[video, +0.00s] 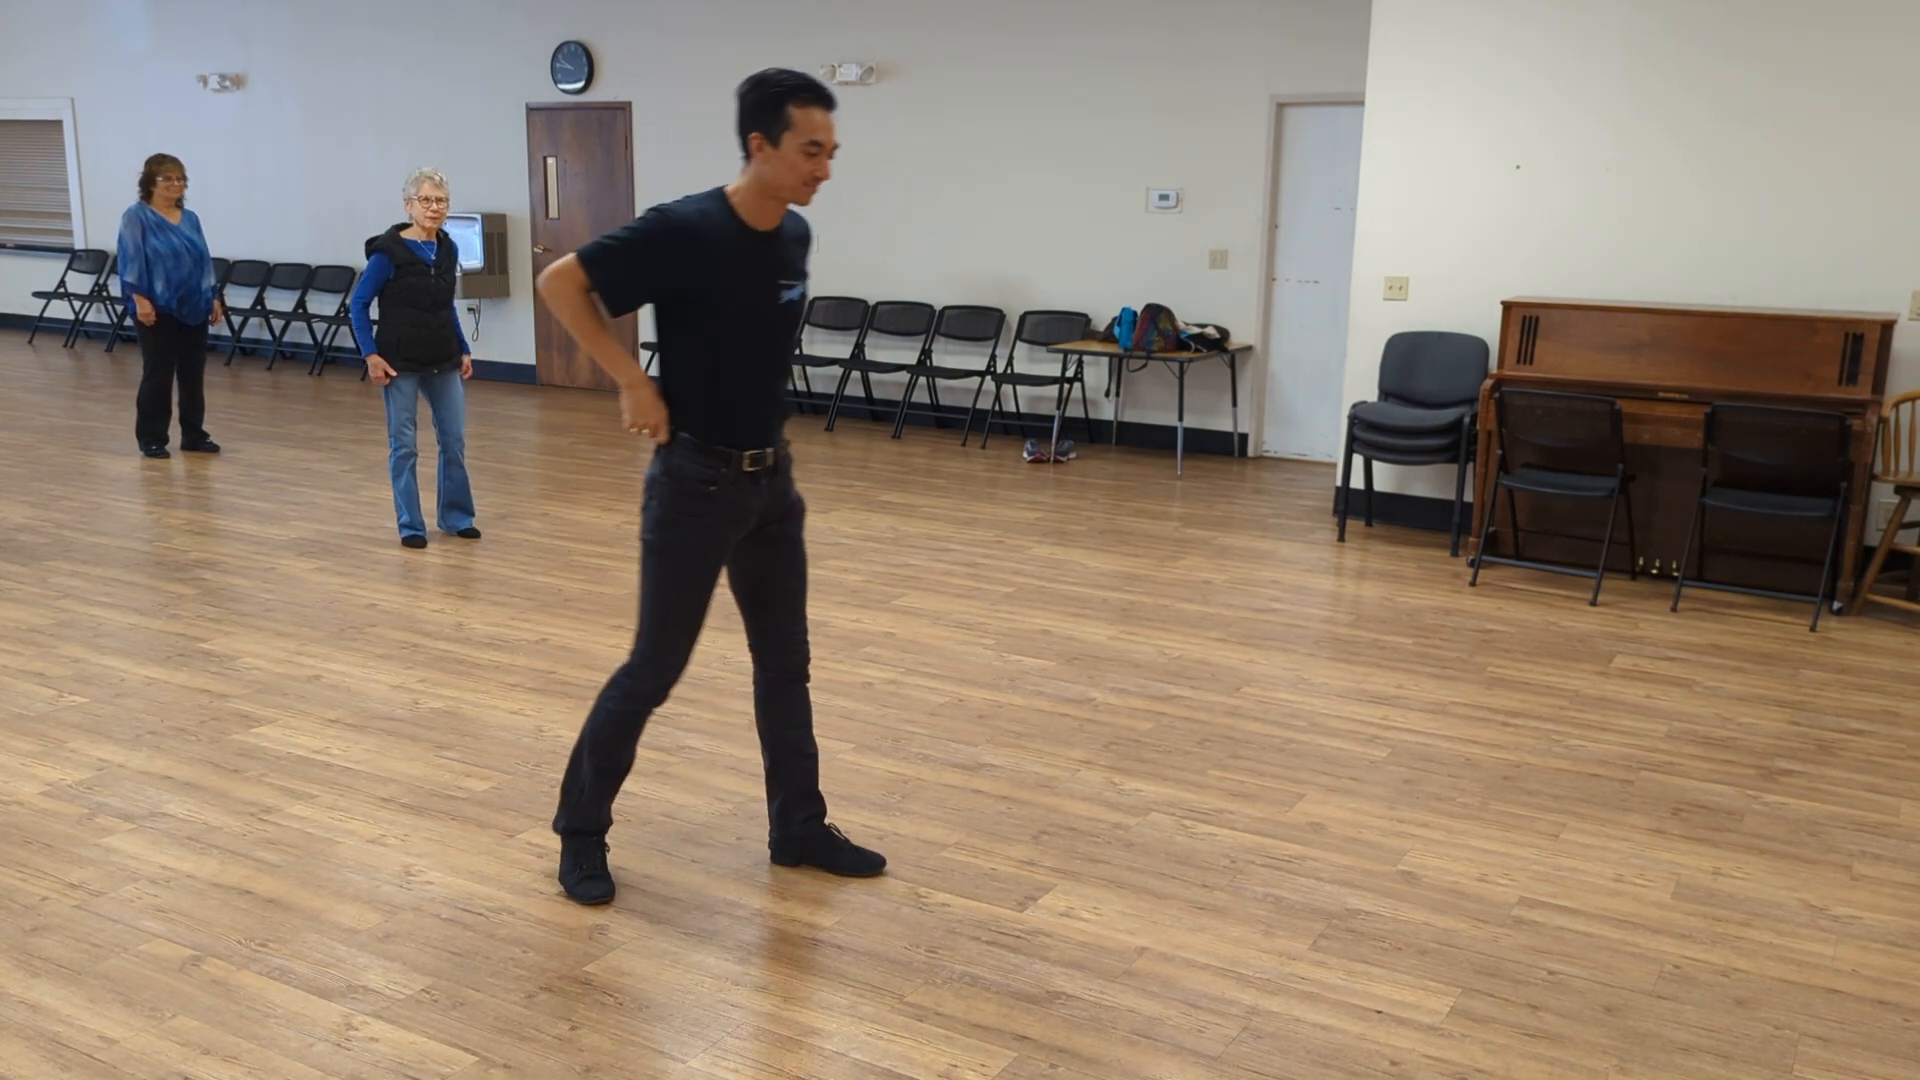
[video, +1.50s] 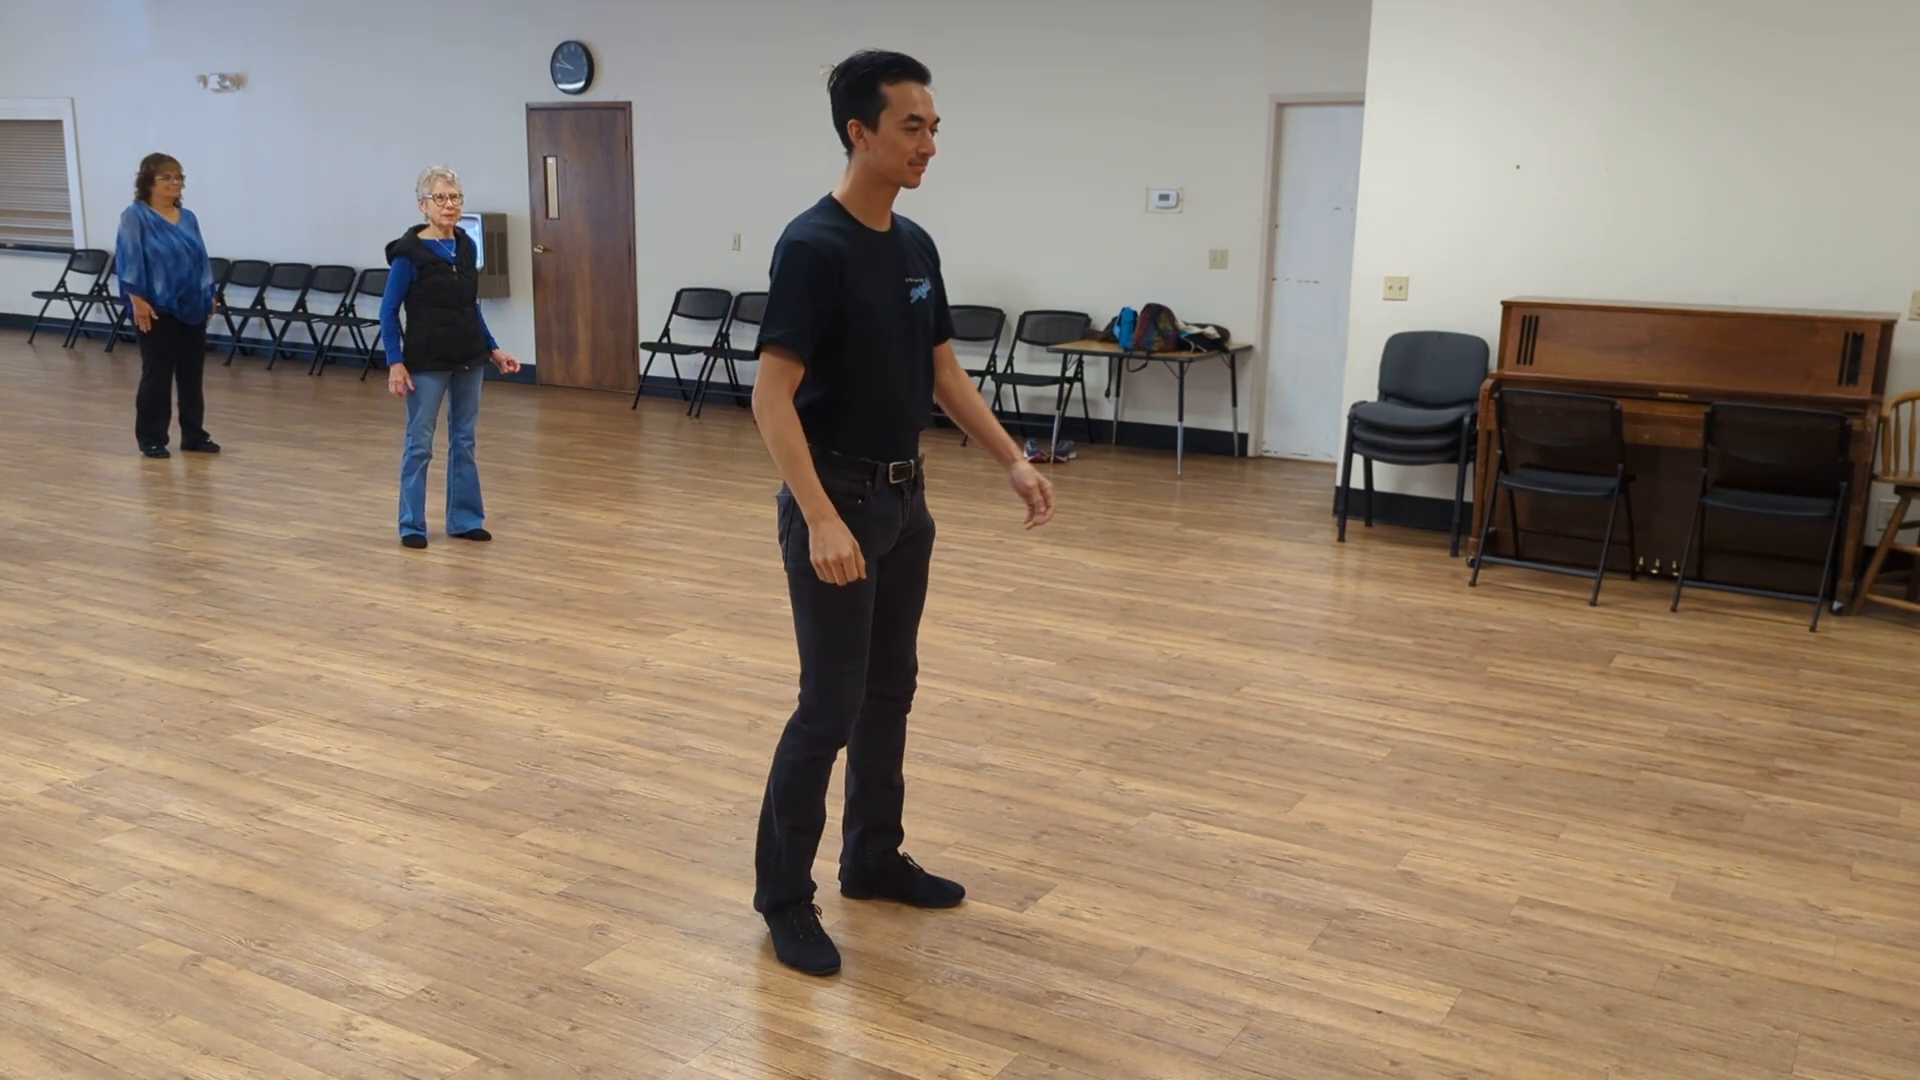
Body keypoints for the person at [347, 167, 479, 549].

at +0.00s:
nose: (434, 207)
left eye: (440, 201)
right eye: (425, 200)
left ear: (448, 206)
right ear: (409, 204)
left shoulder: (447, 249)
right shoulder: (391, 250)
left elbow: (447, 305)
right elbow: (358, 304)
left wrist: (463, 350)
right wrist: (370, 354)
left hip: (444, 360)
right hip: (399, 363)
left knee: (453, 441)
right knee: (404, 446)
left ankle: (457, 518)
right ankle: (411, 526)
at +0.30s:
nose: (425, 210)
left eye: (430, 203)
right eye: (416, 203)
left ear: (437, 208)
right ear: (399, 206)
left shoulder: (435, 249)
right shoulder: (381, 252)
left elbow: (434, 307)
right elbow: (350, 307)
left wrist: (452, 351)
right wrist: (363, 357)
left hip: (436, 361)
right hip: (393, 364)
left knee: (451, 437)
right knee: (400, 446)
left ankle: (447, 517)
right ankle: (409, 526)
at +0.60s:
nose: (422, 209)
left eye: (427, 201)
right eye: (413, 202)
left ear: (433, 206)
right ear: (395, 206)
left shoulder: (433, 248)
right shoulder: (380, 253)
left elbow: (434, 307)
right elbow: (352, 310)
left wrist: (452, 350)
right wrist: (368, 360)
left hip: (437, 360)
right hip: (394, 364)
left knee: (454, 439)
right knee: (401, 447)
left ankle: (461, 519)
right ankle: (409, 527)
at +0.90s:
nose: (430, 206)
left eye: (435, 199)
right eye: (421, 200)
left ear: (441, 204)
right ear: (404, 205)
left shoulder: (444, 246)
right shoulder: (389, 253)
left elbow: (446, 304)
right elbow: (360, 309)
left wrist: (465, 347)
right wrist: (377, 358)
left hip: (449, 359)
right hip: (406, 362)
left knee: (457, 441)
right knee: (408, 446)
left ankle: (464, 521)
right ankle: (410, 526)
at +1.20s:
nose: (440, 206)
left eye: (446, 198)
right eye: (431, 199)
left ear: (452, 202)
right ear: (413, 203)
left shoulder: (455, 245)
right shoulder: (400, 251)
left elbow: (458, 304)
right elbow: (379, 311)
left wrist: (481, 348)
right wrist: (391, 363)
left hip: (460, 358)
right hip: (418, 361)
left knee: (459, 443)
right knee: (415, 447)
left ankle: (464, 521)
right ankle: (411, 526)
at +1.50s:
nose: (449, 205)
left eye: (455, 198)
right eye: (440, 199)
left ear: (461, 202)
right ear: (424, 204)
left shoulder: (466, 247)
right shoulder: (409, 251)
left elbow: (470, 305)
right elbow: (388, 310)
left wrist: (493, 350)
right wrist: (395, 361)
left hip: (469, 358)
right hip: (427, 360)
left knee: (464, 442)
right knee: (420, 446)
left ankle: (464, 521)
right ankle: (411, 526)